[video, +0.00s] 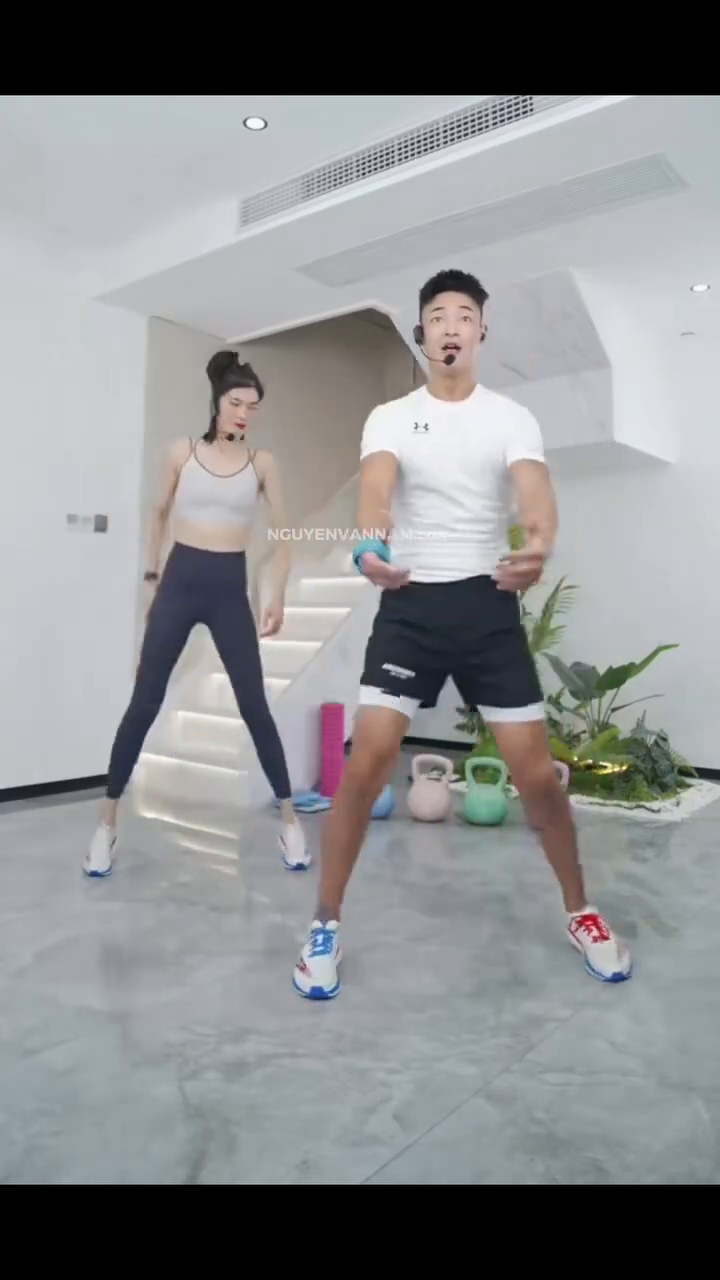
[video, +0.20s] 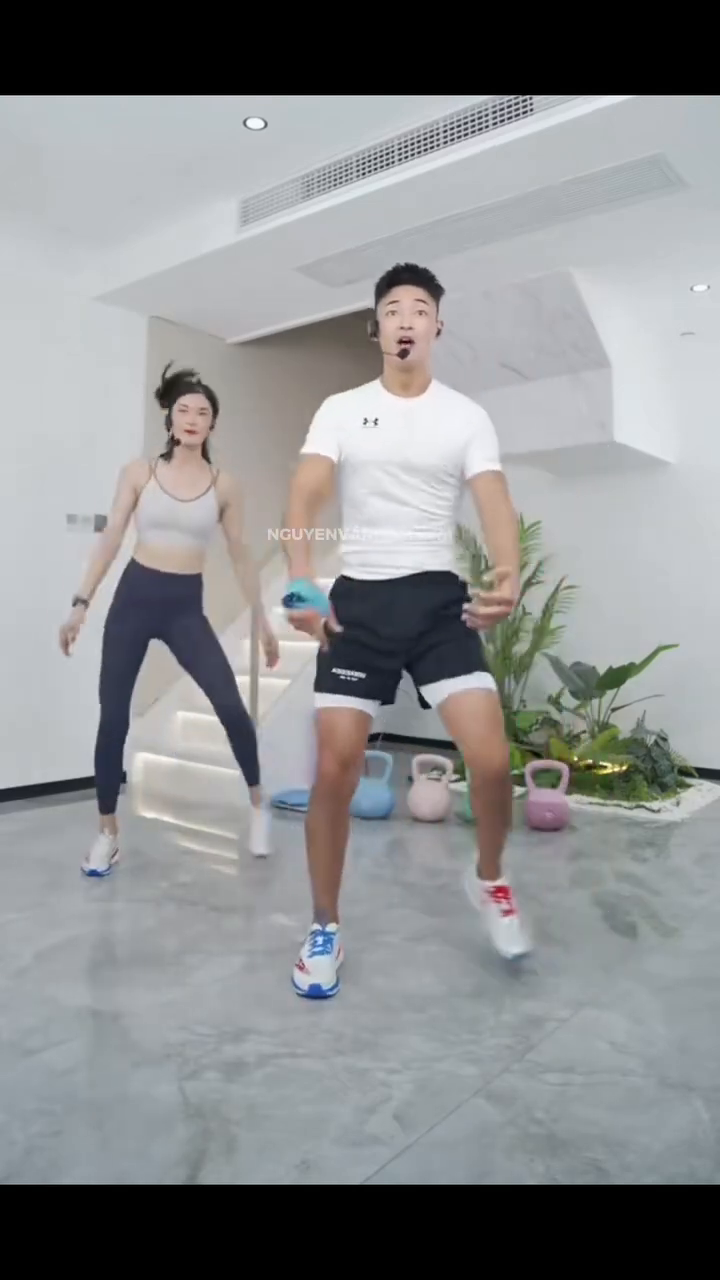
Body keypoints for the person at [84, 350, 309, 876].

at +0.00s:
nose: (243, 415)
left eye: (251, 407)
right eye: (236, 404)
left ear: (257, 412)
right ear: (217, 404)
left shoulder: (262, 463)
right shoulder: (182, 453)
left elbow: (283, 535)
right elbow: (162, 516)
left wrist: (277, 596)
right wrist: (152, 579)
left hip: (231, 588)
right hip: (179, 583)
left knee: (254, 706)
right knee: (145, 701)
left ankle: (290, 818)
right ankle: (108, 817)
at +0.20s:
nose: (192, 419)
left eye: (201, 412)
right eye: (184, 410)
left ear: (213, 423)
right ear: (169, 417)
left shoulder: (223, 485)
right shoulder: (140, 471)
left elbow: (241, 556)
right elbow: (110, 538)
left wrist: (262, 622)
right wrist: (80, 604)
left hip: (186, 607)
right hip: (132, 601)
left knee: (233, 710)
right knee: (113, 718)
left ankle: (258, 806)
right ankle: (107, 830)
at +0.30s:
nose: (182, 408)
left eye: (190, 401)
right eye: (174, 400)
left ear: (202, 412)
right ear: (159, 408)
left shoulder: (216, 471)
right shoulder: (132, 461)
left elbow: (225, 548)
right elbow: (104, 529)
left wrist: (245, 616)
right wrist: (76, 588)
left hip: (181, 596)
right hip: (128, 591)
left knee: (198, 703)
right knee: (114, 710)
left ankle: (198, 787)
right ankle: (106, 828)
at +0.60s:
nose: (175, 408)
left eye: (184, 403)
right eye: (167, 401)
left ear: (196, 416)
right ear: (152, 411)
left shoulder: (211, 474)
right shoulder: (127, 464)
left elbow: (221, 547)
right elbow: (106, 542)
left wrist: (230, 609)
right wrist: (110, 514)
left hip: (180, 600)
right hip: (128, 594)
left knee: (197, 705)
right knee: (114, 715)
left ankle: (173, 801)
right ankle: (108, 829)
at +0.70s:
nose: (183, 406)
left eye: (192, 401)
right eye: (176, 398)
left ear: (204, 413)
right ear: (161, 407)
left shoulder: (216, 471)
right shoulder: (135, 462)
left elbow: (237, 533)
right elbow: (103, 527)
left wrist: (254, 561)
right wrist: (112, 497)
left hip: (189, 597)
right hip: (138, 592)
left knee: (229, 699)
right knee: (119, 715)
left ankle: (226, 793)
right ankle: (108, 828)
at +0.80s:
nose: (198, 395)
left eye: (207, 390)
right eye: (189, 388)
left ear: (217, 402)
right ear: (173, 397)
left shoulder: (228, 456)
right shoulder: (151, 448)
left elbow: (266, 517)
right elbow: (109, 482)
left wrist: (275, 493)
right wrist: (125, 421)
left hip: (208, 584)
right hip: (155, 582)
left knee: (237, 702)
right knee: (132, 705)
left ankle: (270, 814)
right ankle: (109, 824)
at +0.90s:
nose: (212, 402)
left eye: (221, 397)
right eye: (204, 394)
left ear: (232, 408)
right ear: (187, 403)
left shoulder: (245, 456)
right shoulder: (167, 454)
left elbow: (299, 485)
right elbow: (117, 441)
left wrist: (287, 428)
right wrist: (145, 383)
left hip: (233, 587)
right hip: (181, 586)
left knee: (251, 707)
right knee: (145, 708)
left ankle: (279, 822)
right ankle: (111, 824)